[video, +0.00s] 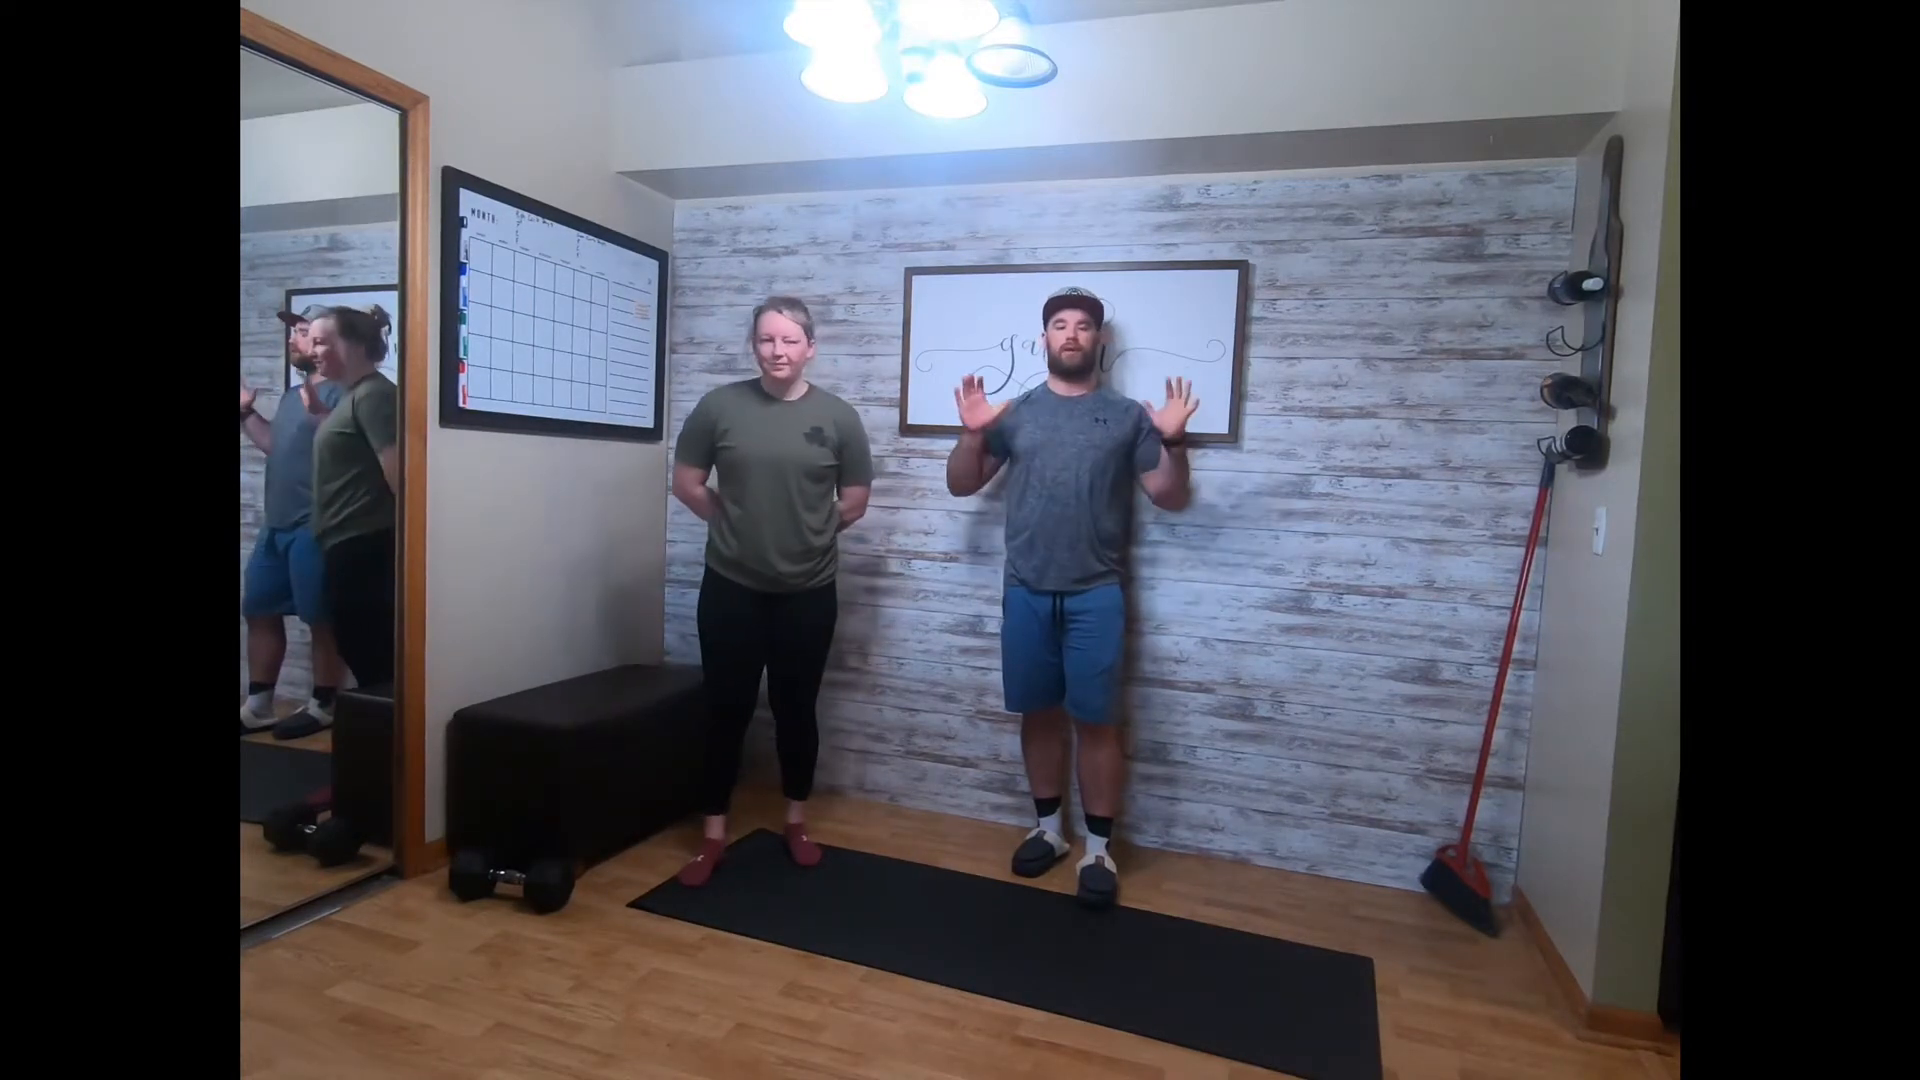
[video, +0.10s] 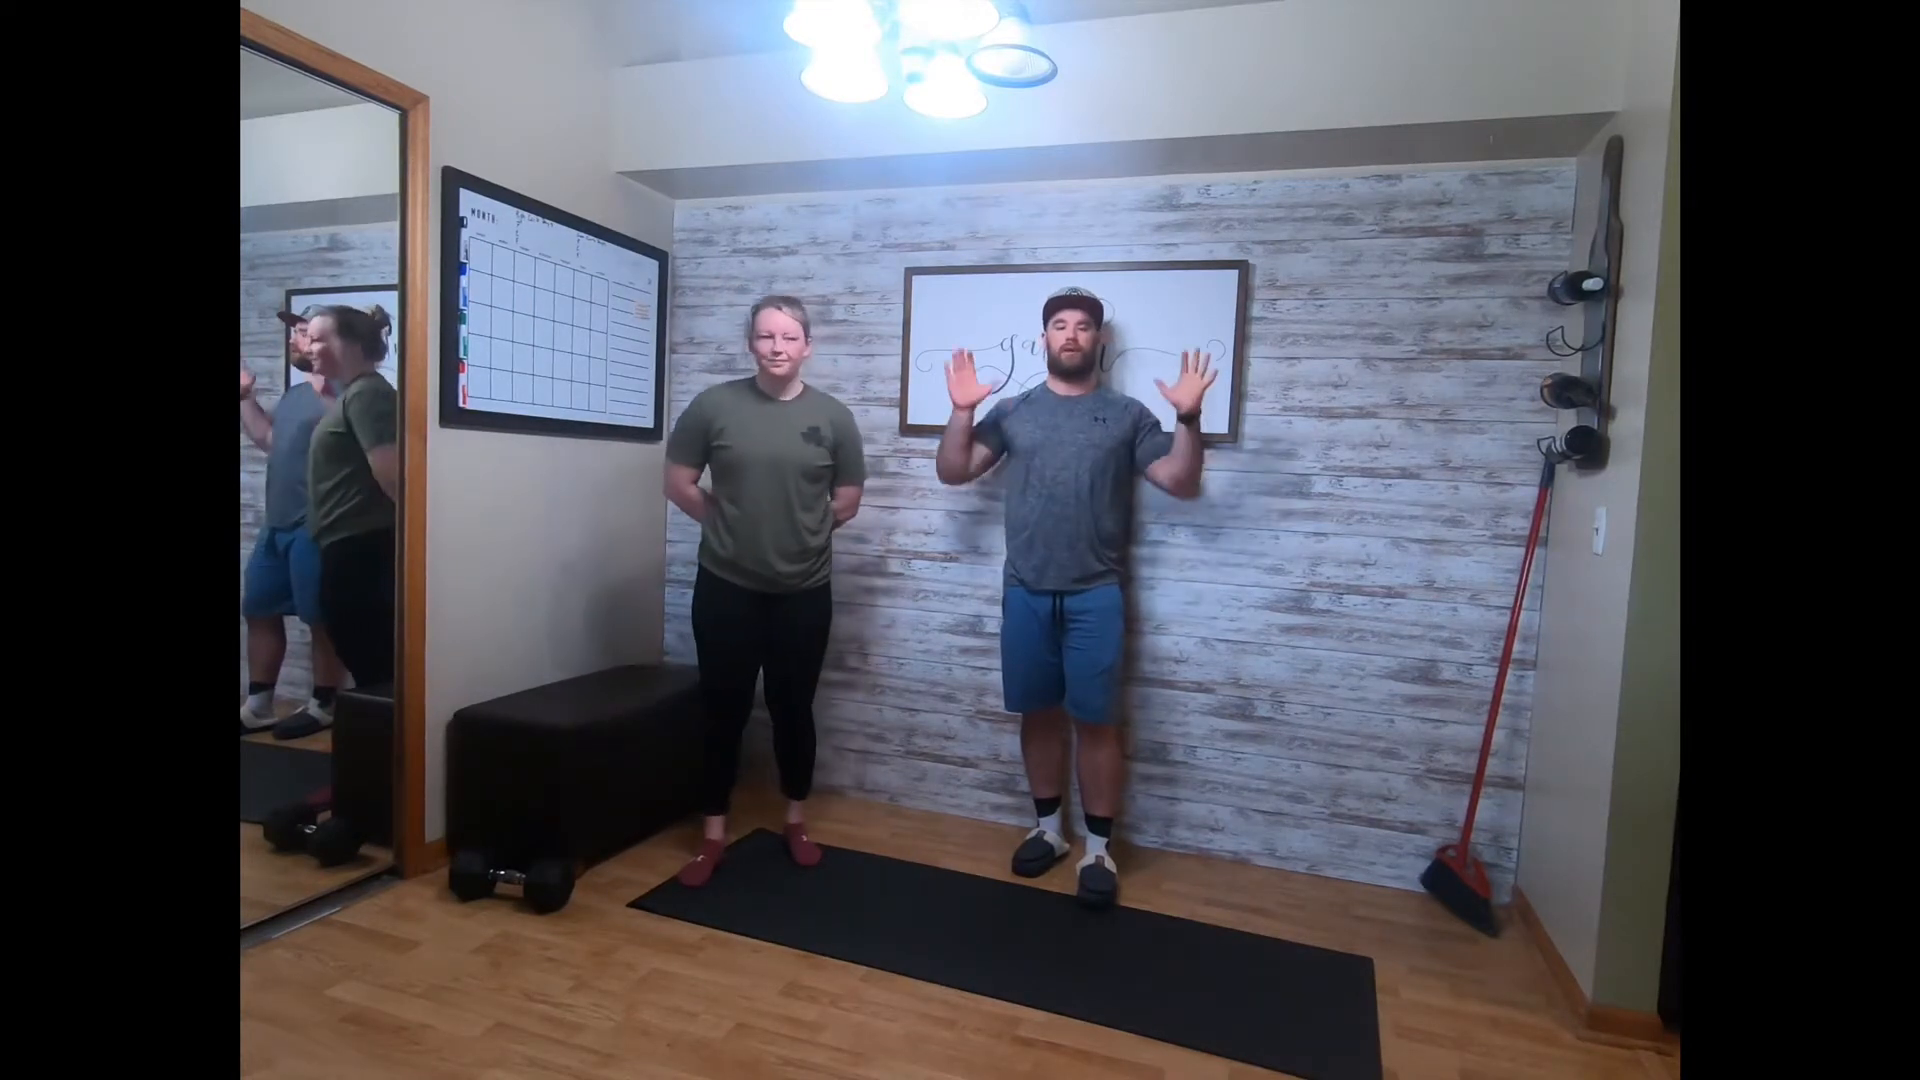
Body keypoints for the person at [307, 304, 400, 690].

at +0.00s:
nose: (317, 351)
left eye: (326, 341)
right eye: (315, 343)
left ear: (357, 344)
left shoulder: (374, 395)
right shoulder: (354, 396)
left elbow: (402, 480)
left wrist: (420, 539)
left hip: (366, 543)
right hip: (347, 543)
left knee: (369, 656)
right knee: (364, 655)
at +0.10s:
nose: (312, 349)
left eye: (321, 339)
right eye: (310, 340)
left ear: (352, 343)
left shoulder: (368, 393)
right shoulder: (353, 394)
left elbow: (395, 478)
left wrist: (429, 524)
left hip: (363, 544)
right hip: (347, 543)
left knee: (369, 658)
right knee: (366, 656)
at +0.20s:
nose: (307, 346)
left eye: (315, 337)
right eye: (307, 337)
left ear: (344, 342)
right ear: (348, 345)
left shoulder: (359, 393)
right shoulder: (357, 391)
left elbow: (381, 471)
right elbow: (383, 470)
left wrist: (422, 514)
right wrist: (424, 513)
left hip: (356, 544)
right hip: (355, 541)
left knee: (365, 660)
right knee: (368, 658)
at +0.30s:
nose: (305, 346)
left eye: (312, 337)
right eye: (305, 337)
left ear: (338, 344)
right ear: (345, 345)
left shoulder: (349, 392)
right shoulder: (366, 389)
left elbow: (369, 474)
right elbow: (378, 471)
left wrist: (414, 511)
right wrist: (415, 511)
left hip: (349, 544)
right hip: (362, 539)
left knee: (361, 658)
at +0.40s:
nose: (301, 344)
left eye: (308, 335)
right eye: (302, 335)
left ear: (332, 342)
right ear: (348, 342)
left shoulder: (339, 393)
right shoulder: (376, 391)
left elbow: (357, 472)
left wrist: (401, 507)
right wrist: (404, 507)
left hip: (342, 542)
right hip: (374, 537)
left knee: (353, 653)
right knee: (374, 649)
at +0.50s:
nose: (297, 343)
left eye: (305, 334)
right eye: (299, 334)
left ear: (328, 340)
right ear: (350, 342)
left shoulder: (333, 391)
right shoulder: (381, 393)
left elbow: (349, 473)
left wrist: (400, 508)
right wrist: (405, 508)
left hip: (340, 543)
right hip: (378, 539)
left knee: (352, 655)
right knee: (376, 650)